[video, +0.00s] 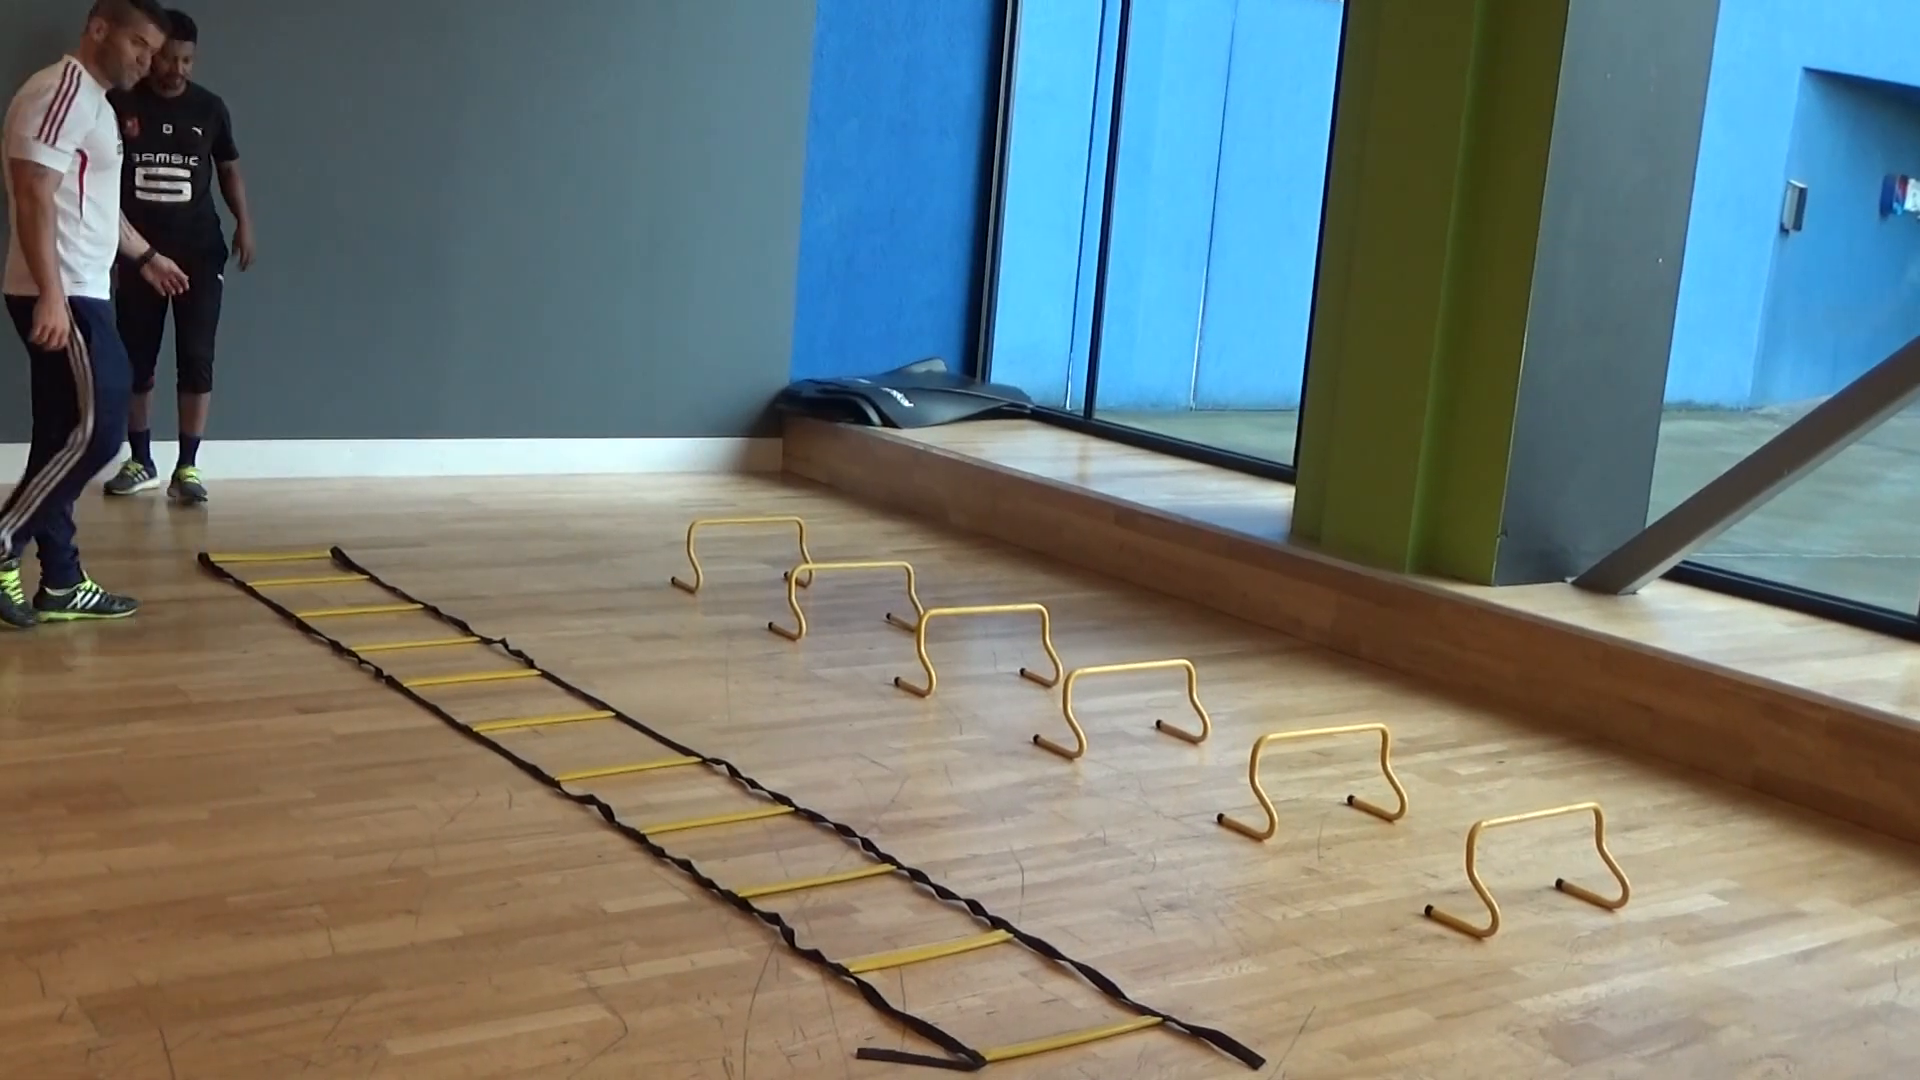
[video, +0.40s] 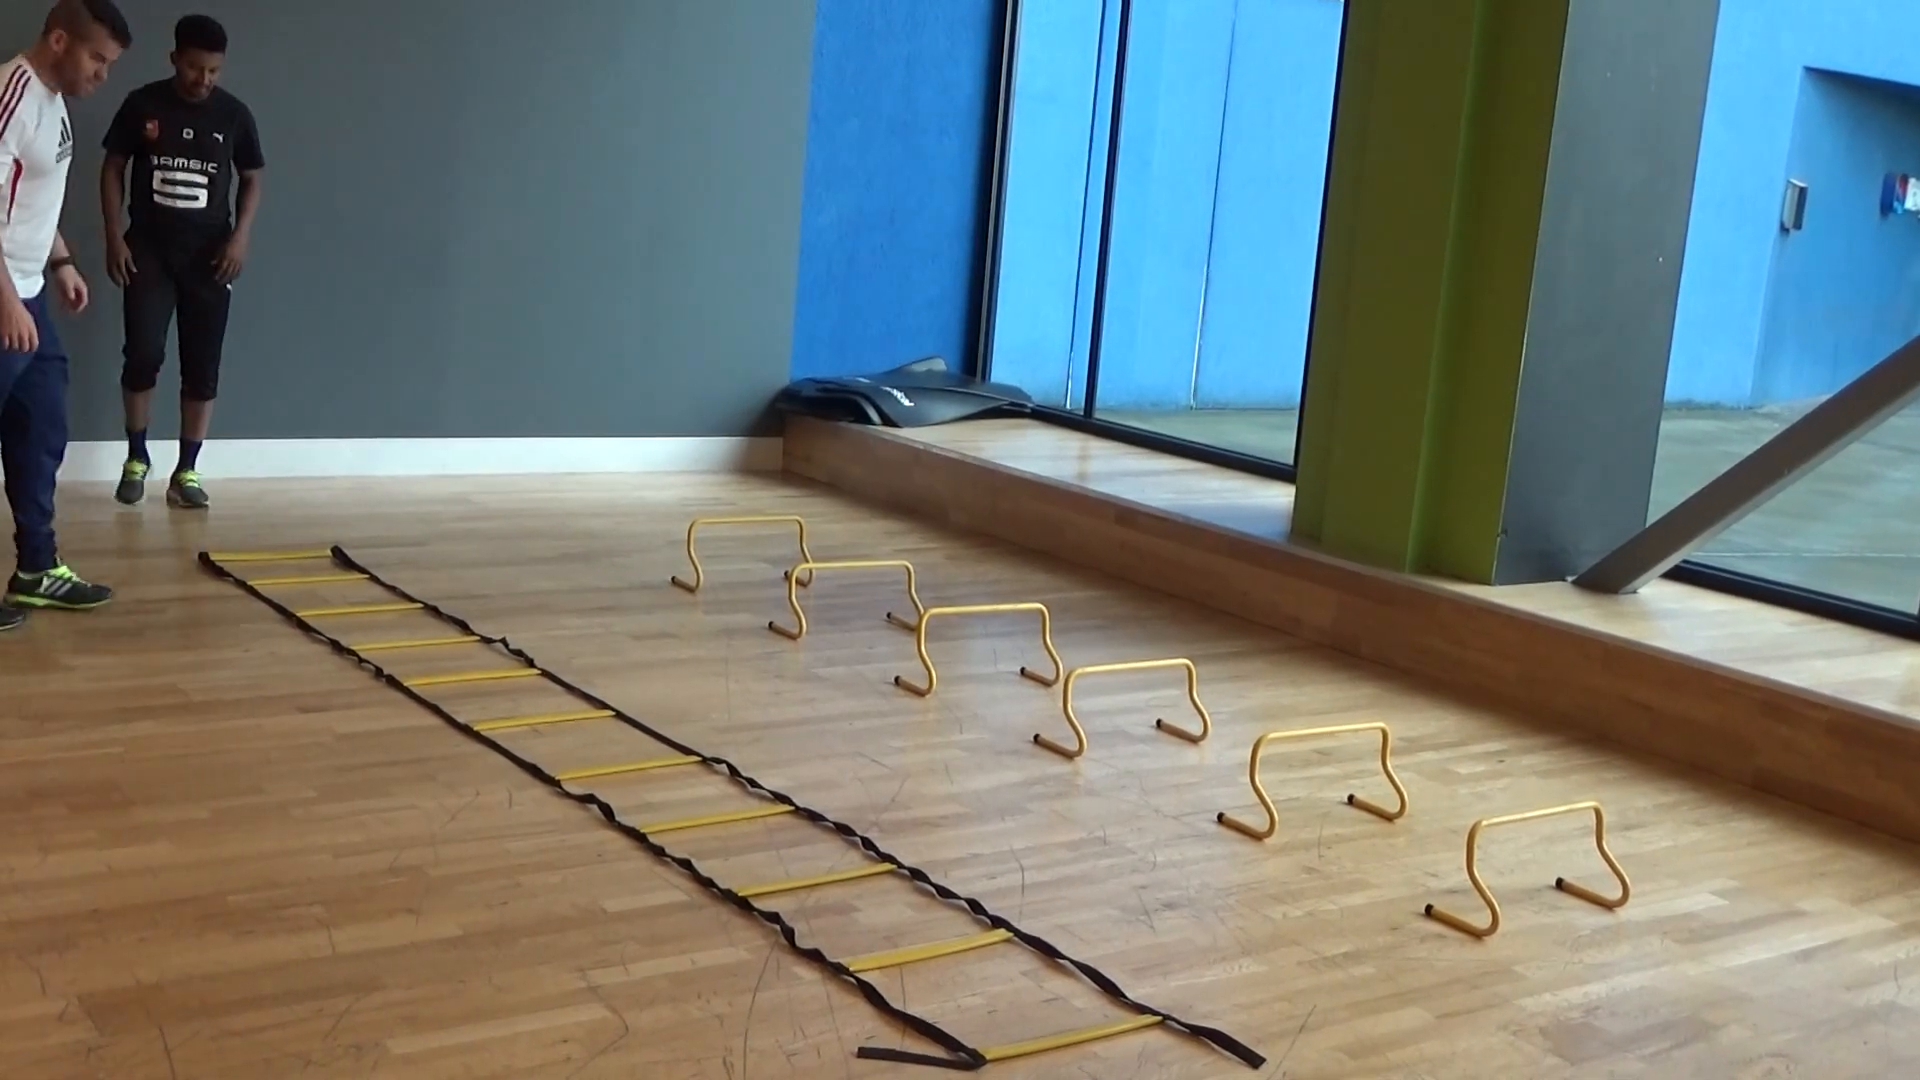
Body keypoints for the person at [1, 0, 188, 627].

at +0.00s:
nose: (145, 60)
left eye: (152, 52)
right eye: (139, 45)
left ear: (141, 54)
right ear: (98, 29)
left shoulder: (90, 101)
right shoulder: (62, 90)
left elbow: (92, 201)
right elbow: (32, 190)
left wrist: (145, 257)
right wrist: (50, 292)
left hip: (75, 290)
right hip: (60, 293)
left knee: (62, 431)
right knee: (99, 430)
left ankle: (61, 581)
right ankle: (4, 544)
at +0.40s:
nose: (103, 74)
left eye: (110, 64)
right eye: (98, 59)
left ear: (64, 42)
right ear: (57, 37)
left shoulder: (54, 99)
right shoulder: (16, 97)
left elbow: (33, 193)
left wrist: (60, 261)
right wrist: (8, 296)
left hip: (29, 294)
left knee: (41, 429)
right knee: (11, 438)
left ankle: (36, 567)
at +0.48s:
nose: (96, 66)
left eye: (101, 57)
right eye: (92, 52)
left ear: (56, 38)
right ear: (52, 36)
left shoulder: (44, 98)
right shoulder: (13, 92)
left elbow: (20, 195)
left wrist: (41, 257)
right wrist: (3, 301)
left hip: (21, 289)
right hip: (2, 291)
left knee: (32, 409)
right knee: (11, 421)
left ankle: (8, 556)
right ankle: (3, 566)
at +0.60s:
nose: (77, 60)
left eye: (81, 49)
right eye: (74, 47)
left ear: (39, 35)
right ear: (39, 36)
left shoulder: (24, 99)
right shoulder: (8, 98)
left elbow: (12, 198)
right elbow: (4, 203)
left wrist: (23, 262)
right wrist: (1, 299)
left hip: (15, 292)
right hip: (4, 298)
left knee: (10, 409)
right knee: (5, 411)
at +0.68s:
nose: (67, 60)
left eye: (71, 50)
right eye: (64, 47)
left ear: (31, 37)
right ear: (31, 37)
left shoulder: (16, 102)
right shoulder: (5, 102)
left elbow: (14, 200)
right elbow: (3, 206)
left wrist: (23, 272)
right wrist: (1, 303)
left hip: (15, 289)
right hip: (6, 294)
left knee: (2, 437)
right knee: (0, 438)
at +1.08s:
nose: (35, 73)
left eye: (40, 63)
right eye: (36, 60)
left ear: (11, 48)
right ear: (10, 46)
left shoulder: (4, 105)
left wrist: (16, 282)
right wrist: (15, 281)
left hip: (7, 292)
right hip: (5, 294)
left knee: (24, 398)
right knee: (22, 399)